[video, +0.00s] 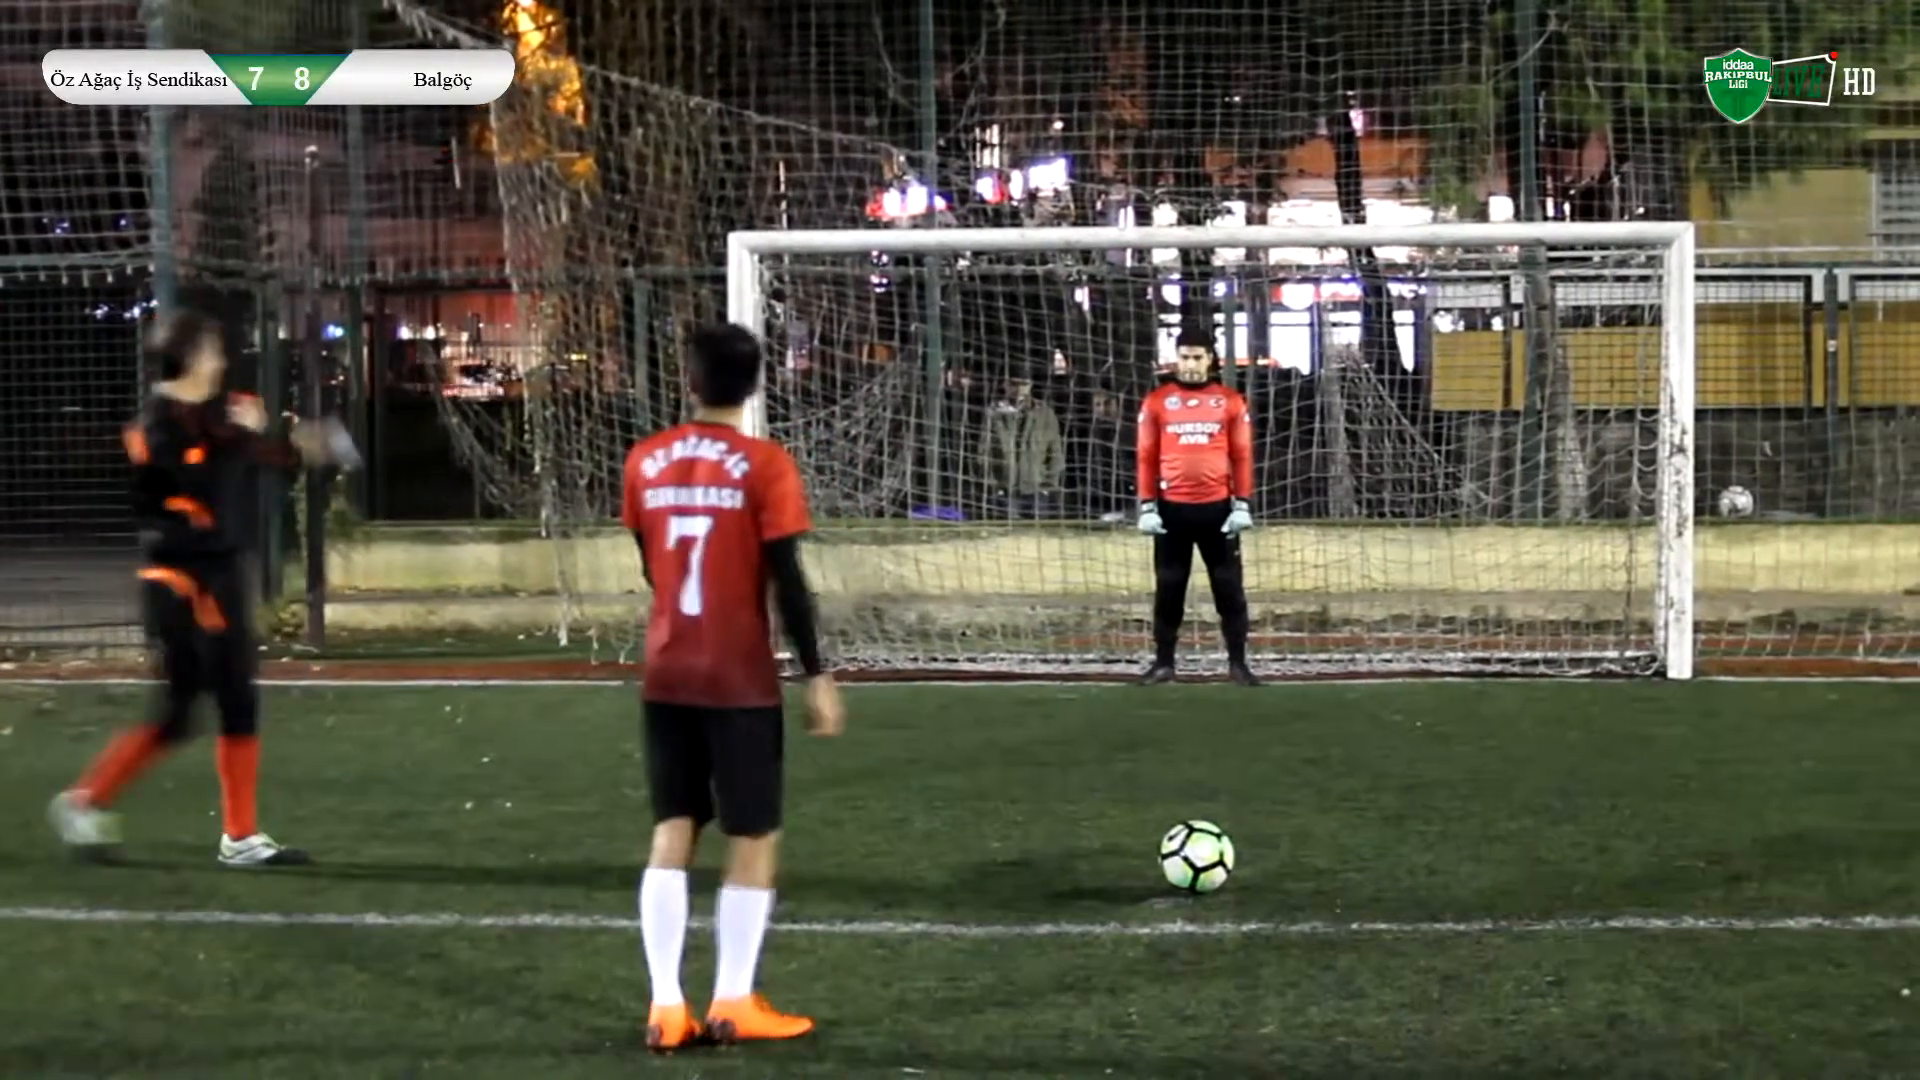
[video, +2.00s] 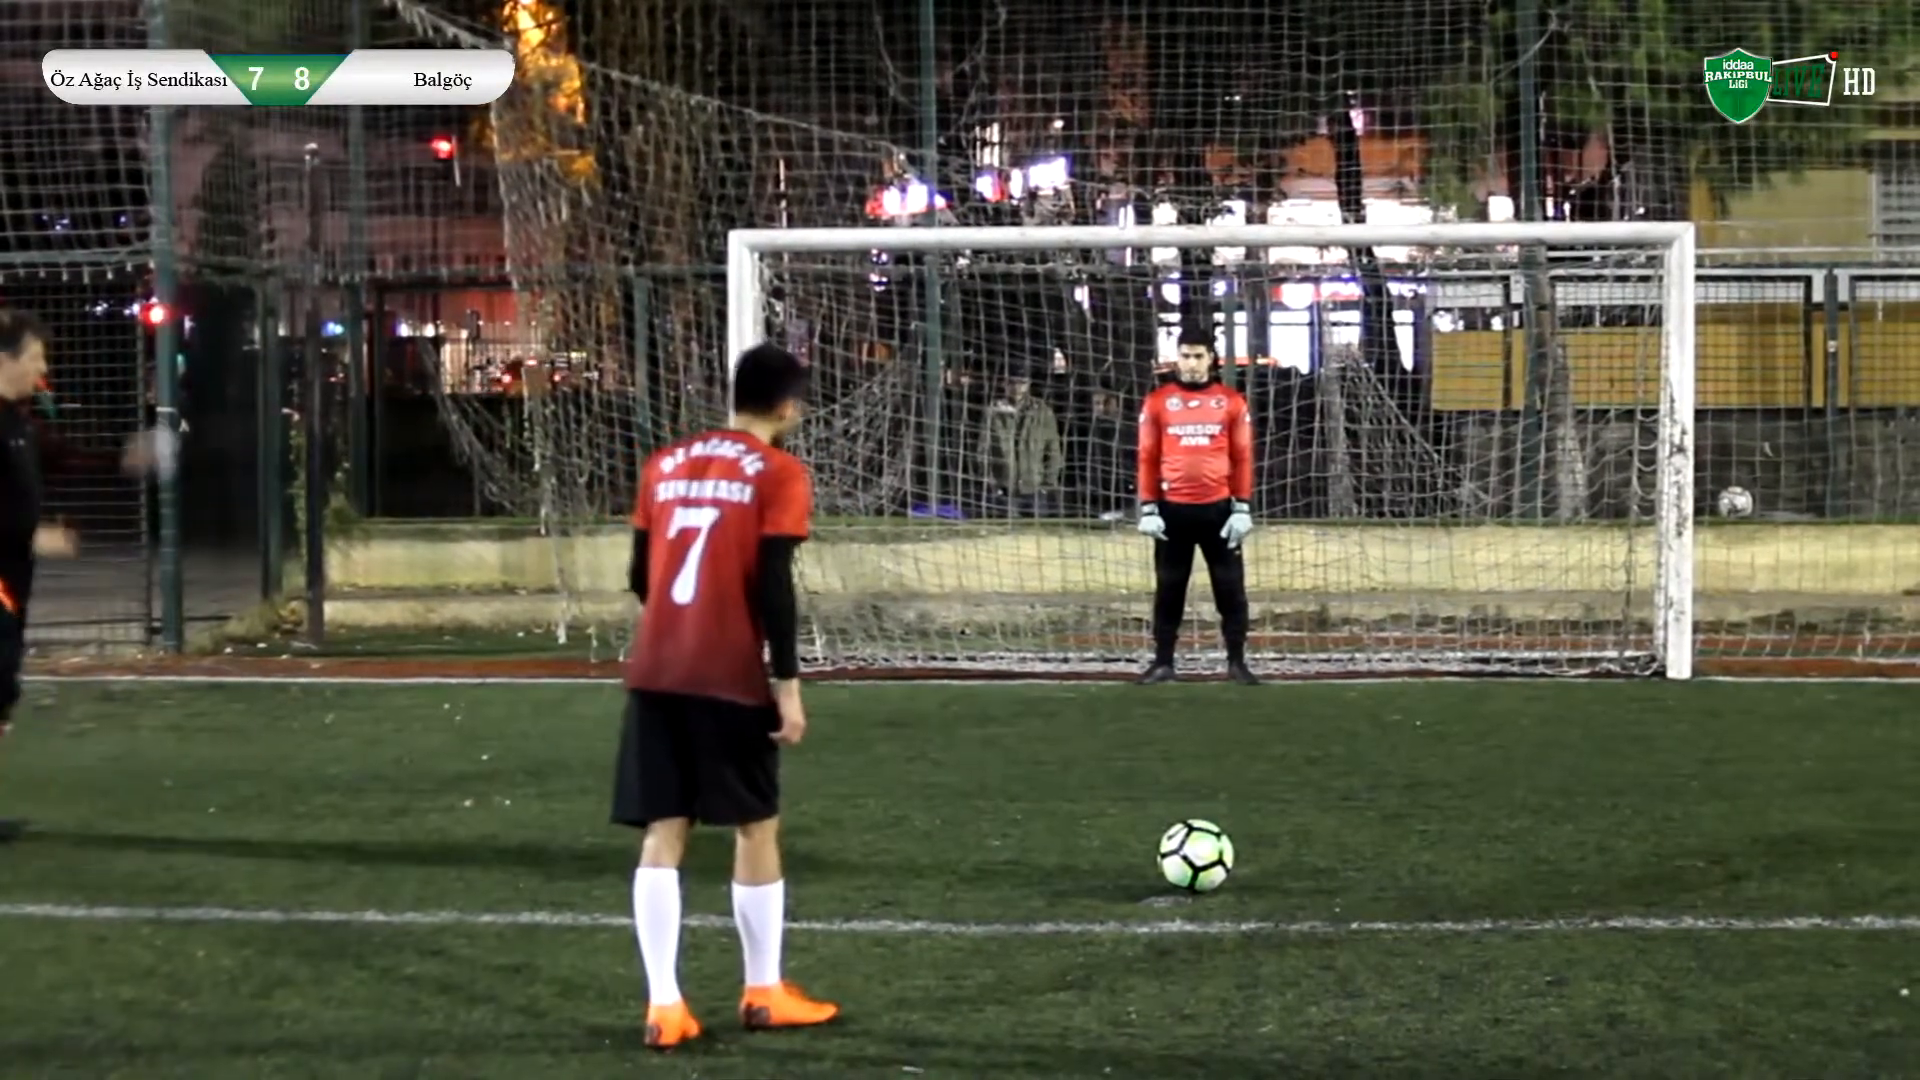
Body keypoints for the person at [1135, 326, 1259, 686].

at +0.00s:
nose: (1190, 365)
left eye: (1197, 357)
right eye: (1184, 357)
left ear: (1211, 360)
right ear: (1175, 360)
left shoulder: (1230, 401)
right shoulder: (1156, 401)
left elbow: (1242, 454)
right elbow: (1146, 455)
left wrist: (1242, 501)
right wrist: (1147, 503)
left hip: (1218, 506)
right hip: (1171, 507)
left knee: (1229, 590)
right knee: (1168, 589)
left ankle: (1238, 662)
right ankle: (1164, 661)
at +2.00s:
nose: (1191, 363)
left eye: (1199, 356)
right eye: (1185, 356)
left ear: (1212, 359)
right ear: (1176, 359)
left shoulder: (1232, 402)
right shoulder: (1157, 402)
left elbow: (1243, 456)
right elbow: (1147, 456)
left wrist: (1242, 505)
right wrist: (1148, 506)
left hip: (1219, 507)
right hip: (1172, 509)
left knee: (1231, 590)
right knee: (1169, 590)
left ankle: (1236, 660)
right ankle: (1164, 660)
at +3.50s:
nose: (1215, 384)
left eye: (1222, 378)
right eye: (1209, 377)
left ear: (1232, 382)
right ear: (1197, 379)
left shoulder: (1252, 420)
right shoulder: (1178, 418)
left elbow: (1275, 467)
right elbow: (1153, 463)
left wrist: (1305, 508)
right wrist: (1119, 504)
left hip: (1237, 529)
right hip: (1190, 527)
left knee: (1251, 598)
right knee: (1159, 589)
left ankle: (1254, 664)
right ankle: (1151, 658)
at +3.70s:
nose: (1205, 433)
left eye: (1212, 425)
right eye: (1198, 425)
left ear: (1225, 427)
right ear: (1189, 428)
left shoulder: (1250, 458)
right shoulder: (1179, 461)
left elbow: (1279, 500)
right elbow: (1148, 496)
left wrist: (1309, 540)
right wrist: (1112, 524)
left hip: (1246, 546)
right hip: (1199, 546)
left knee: (1270, 593)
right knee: (1160, 602)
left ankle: (1235, 657)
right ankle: (1114, 674)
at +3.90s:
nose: (1217, 488)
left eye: (1224, 479)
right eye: (1210, 480)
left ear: (1237, 482)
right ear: (1199, 484)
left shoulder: (1255, 512)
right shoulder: (1188, 512)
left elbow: (1283, 539)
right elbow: (1157, 543)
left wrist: (1300, 564)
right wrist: (1123, 566)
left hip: (1247, 585)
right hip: (1201, 581)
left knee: (1278, 608)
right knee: (1154, 620)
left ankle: (1248, 680)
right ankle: (1104, 681)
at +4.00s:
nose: (1235, 495)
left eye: (1245, 488)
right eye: (1229, 486)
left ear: (1259, 495)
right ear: (1219, 489)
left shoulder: (1270, 524)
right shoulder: (1203, 520)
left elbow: (1296, 555)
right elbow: (1179, 548)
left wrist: (1313, 576)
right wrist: (1149, 564)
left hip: (1254, 601)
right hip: (1209, 595)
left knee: (1283, 631)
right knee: (1155, 627)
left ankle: (1240, 692)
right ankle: (1098, 687)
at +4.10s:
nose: (1282, 498)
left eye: (1291, 491)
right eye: (1275, 490)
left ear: (1303, 497)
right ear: (1262, 493)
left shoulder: (1314, 530)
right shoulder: (1242, 525)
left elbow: (1333, 585)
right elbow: (1199, 562)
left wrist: (1340, 568)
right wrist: (1222, 564)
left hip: (1272, 616)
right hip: (1229, 608)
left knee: (1300, 639)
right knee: (1180, 642)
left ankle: (1238, 694)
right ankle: (1112, 674)